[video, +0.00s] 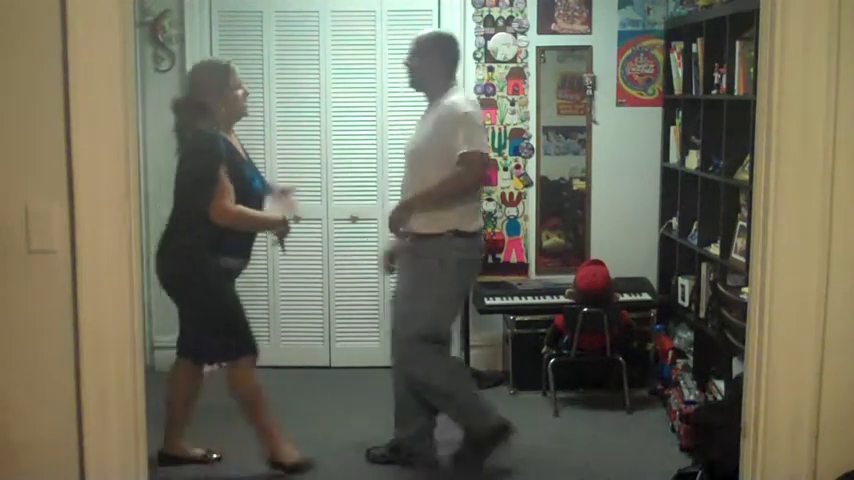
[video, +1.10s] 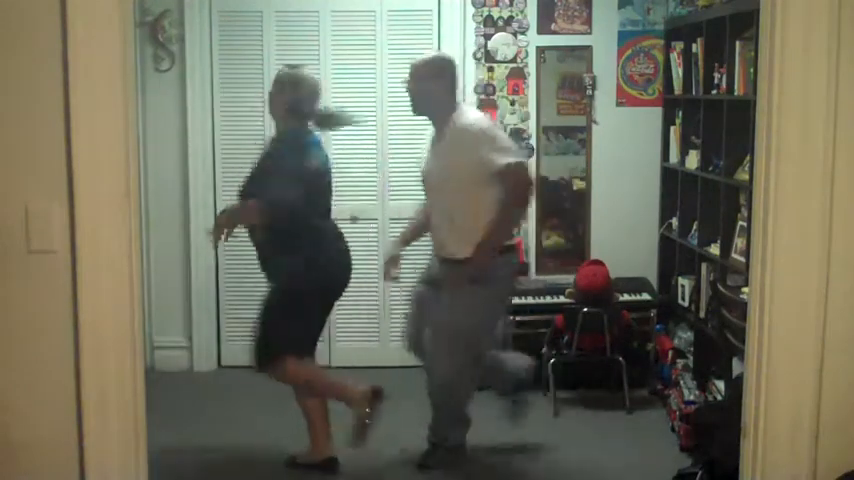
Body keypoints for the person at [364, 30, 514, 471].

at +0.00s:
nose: (407, 63)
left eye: (415, 55)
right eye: (409, 56)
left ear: (441, 61)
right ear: (436, 63)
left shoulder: (461, 110)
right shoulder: (434, 116)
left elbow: (473, 173)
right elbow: (434, 190)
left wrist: (410, 205)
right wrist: (404, 243)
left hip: (448, 247)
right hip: (425, 246)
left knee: (417, 346)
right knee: (409, 345)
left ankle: (485, 426)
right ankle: (412, 444)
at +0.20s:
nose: (426, 74)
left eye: (432, 66)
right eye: (427, 66)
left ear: (456, 70)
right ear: (464, 71)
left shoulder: (464, 116)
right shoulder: (480, 114)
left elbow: (446, 189)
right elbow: (499, 193)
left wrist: (409, 222)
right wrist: (433, 216)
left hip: (477, 255)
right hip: (472, 253)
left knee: (477, 349)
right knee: (424, 329)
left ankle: (506, 444)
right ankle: (418, 436)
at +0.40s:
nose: (443, 80)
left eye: (448, 72)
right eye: (444, 73)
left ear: (468, 75)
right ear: (486, 74)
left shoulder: (463, 125)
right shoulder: (526, 121)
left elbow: (439, 192)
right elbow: (555, 181)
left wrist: (427, 247)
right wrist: (564, 234)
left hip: (486, 255)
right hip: (526, 251)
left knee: (472, 349)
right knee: (492, 337)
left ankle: (504, 444)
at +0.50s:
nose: (452, 79)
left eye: (456, 72)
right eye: (452, 72)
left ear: (473, 73)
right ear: (495, 72)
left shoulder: (460, 125)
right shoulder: (534, 119)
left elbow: (445, 199)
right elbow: (573, 185)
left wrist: (434, 258)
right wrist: (576, 239)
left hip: (485, 256)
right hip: (533, 252)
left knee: (477, 357)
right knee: (530, 343)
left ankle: (504, 446)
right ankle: (578, 426)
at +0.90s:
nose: (437, 87)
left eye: (441, 79)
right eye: (439, 80)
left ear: (462, 80)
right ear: (481, 81)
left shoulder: (461, 127)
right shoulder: (519, 123)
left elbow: (452, 192)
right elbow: (547, 186)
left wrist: (439, 255)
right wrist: (532, 228)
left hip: (495, 261)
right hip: (534, 254)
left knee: (453, 345)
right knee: (541, 351)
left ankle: (451, 441)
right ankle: (586, 445)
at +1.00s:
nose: (421, 89)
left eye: (428, 81)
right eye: (423, 81)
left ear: (450, 82)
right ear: (457, 82)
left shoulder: (464, 127)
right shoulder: (476, 123)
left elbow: (479, 191)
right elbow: (480, 191)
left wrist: (458, 253)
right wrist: (445, 232)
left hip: (488, 260)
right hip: (497, 258)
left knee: (448, 350)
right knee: (505, 350)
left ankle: (448, 442)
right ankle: (569, 419)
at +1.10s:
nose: (408, 92)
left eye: (415, 84)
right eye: (409, 85)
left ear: (441, 85)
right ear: (432, 88)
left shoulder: (474, 128)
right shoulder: (441, 137)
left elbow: (521, 183)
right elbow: (439, 205)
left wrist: (488, 247)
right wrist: (399, 244)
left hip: (480, 267)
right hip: (447, 265)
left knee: (452, 356)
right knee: (422, 341)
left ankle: (448, 444)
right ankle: (516, 375)